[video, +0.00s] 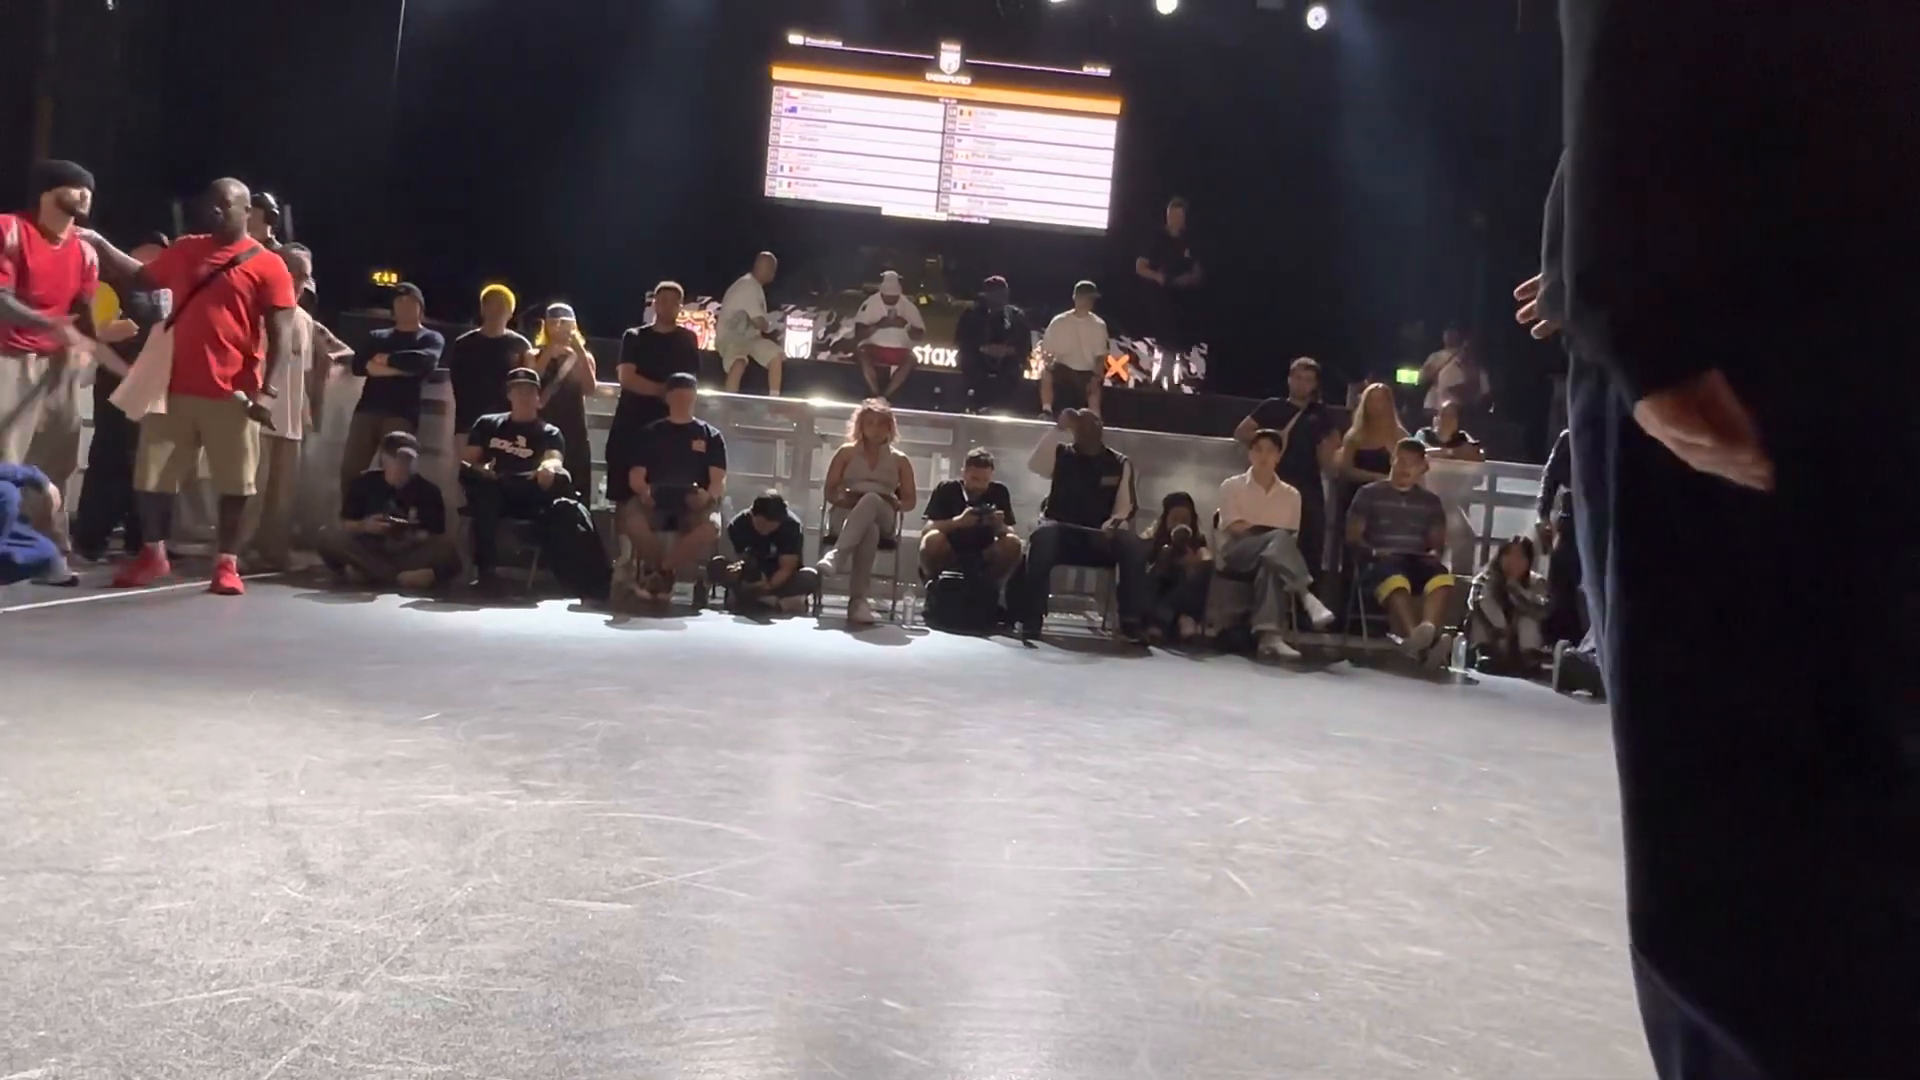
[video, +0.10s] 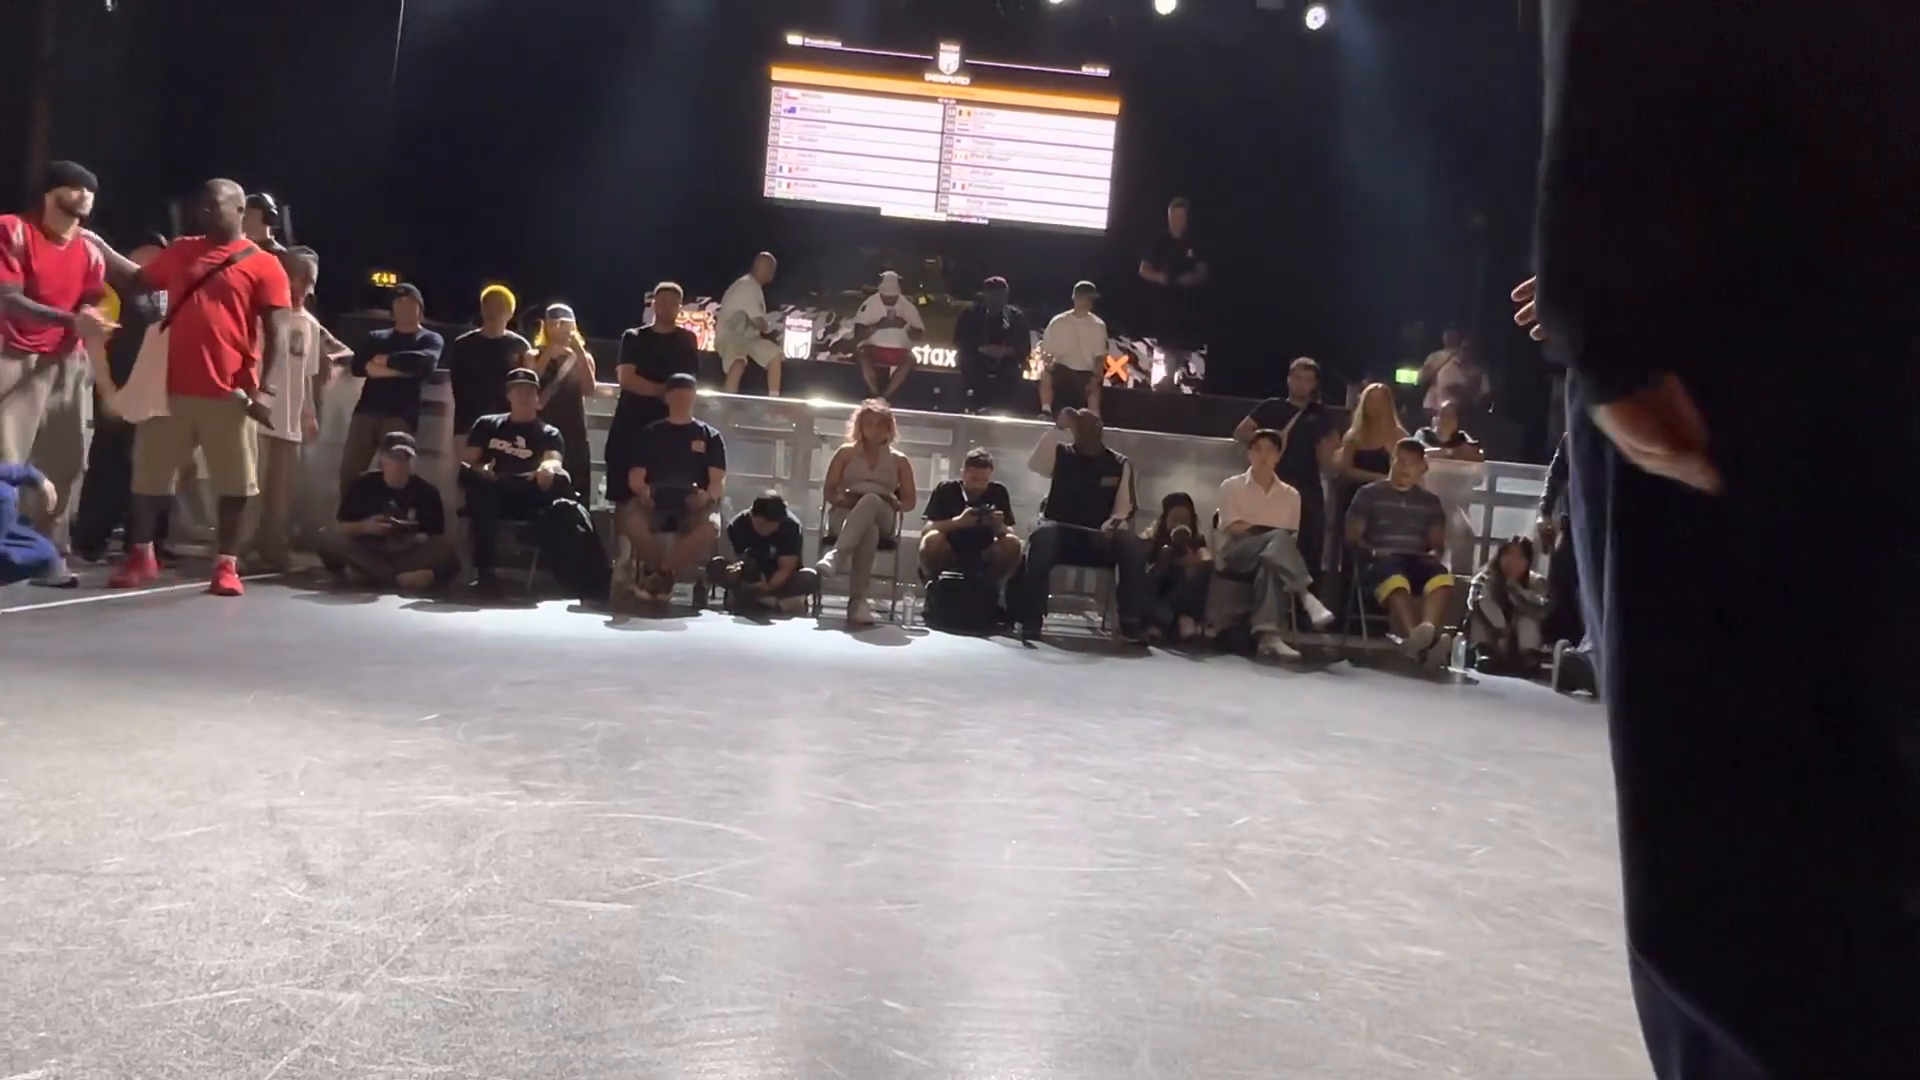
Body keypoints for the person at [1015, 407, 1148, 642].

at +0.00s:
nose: (1086, 430)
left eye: (1092, 424)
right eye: (1080, 425)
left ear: (1101, 430)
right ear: (1072, 430)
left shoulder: (1120, 463)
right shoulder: (1061, 455)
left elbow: (1124, 504)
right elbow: (1036, 464)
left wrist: (1115, 520)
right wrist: (1058, 429)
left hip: (1099, 535)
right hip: (1062, 532)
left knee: (1131, 543)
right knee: (1043, 537)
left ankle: (1131, 622)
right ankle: (1031, 621)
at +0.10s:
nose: (1086, 431)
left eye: (1091, 425)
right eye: (1080, 426)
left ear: (1101, 430)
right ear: (1072, 430)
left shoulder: (1120, 464)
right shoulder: (1061, 455)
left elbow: (1123, 506)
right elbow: (1036, 463)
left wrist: (1114, 521)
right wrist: (1057, 429)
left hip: (1099, 536)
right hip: (1061, 533)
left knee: (1131, 543)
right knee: (1042, 537)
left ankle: (1131, 621)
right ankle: (1031, 621)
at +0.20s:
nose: (1083, 433)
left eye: (1088, 427)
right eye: (1078, 428)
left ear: (1099, 431)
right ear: (1071, 431)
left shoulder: (1118, 464)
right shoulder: (1059, 455)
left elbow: (1122, 506)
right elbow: (1035, 462)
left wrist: (1113, 522)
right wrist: (1056, 429)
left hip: (1097, 536)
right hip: (1060, 533)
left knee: (1130, 543)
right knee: (1041, 537)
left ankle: (1129, 622)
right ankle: (1029, 622)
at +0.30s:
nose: (1083, 431)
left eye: (1089, 426)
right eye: (1077, 426)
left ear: (1098, 431)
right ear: (1070, 431)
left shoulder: (1117, 465)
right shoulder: (1058, 456)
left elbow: (1120, 507)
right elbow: (1034, 465)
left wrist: (1110, 524)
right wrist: (1054, 432)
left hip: (1096, 537)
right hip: (1059, 535)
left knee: (1129, 544)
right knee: (1039, 537)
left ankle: (1128, 623)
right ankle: (1029, 622)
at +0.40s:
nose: (1079, 433)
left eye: (1085, 428)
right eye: (1074, 428)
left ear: (1096, 431)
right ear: (1067, 431)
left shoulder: (1114, 464)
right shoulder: (1055, 456)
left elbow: (1118, 506)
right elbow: (1032, 473)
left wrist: (1108, 523)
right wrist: (1049, 437)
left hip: (1093, 537)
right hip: (1057, 535)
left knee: (1126, 544)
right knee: (1037, 538)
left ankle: (1125, 621)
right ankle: (1027, 621)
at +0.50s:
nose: (1082, 433)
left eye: (1087, 426)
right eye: (1077, 427)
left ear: (1097, 430)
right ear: (1068, 430)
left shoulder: (1114, 465)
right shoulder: (1054, 457)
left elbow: (1117, 506)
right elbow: (1030, 486)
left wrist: (1106, 523)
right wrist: (1045, 453)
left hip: (1092, 537)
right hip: (1056, 535)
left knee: (1124, 542)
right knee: (1036, 537)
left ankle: (1124, 621)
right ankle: (1025, 621)